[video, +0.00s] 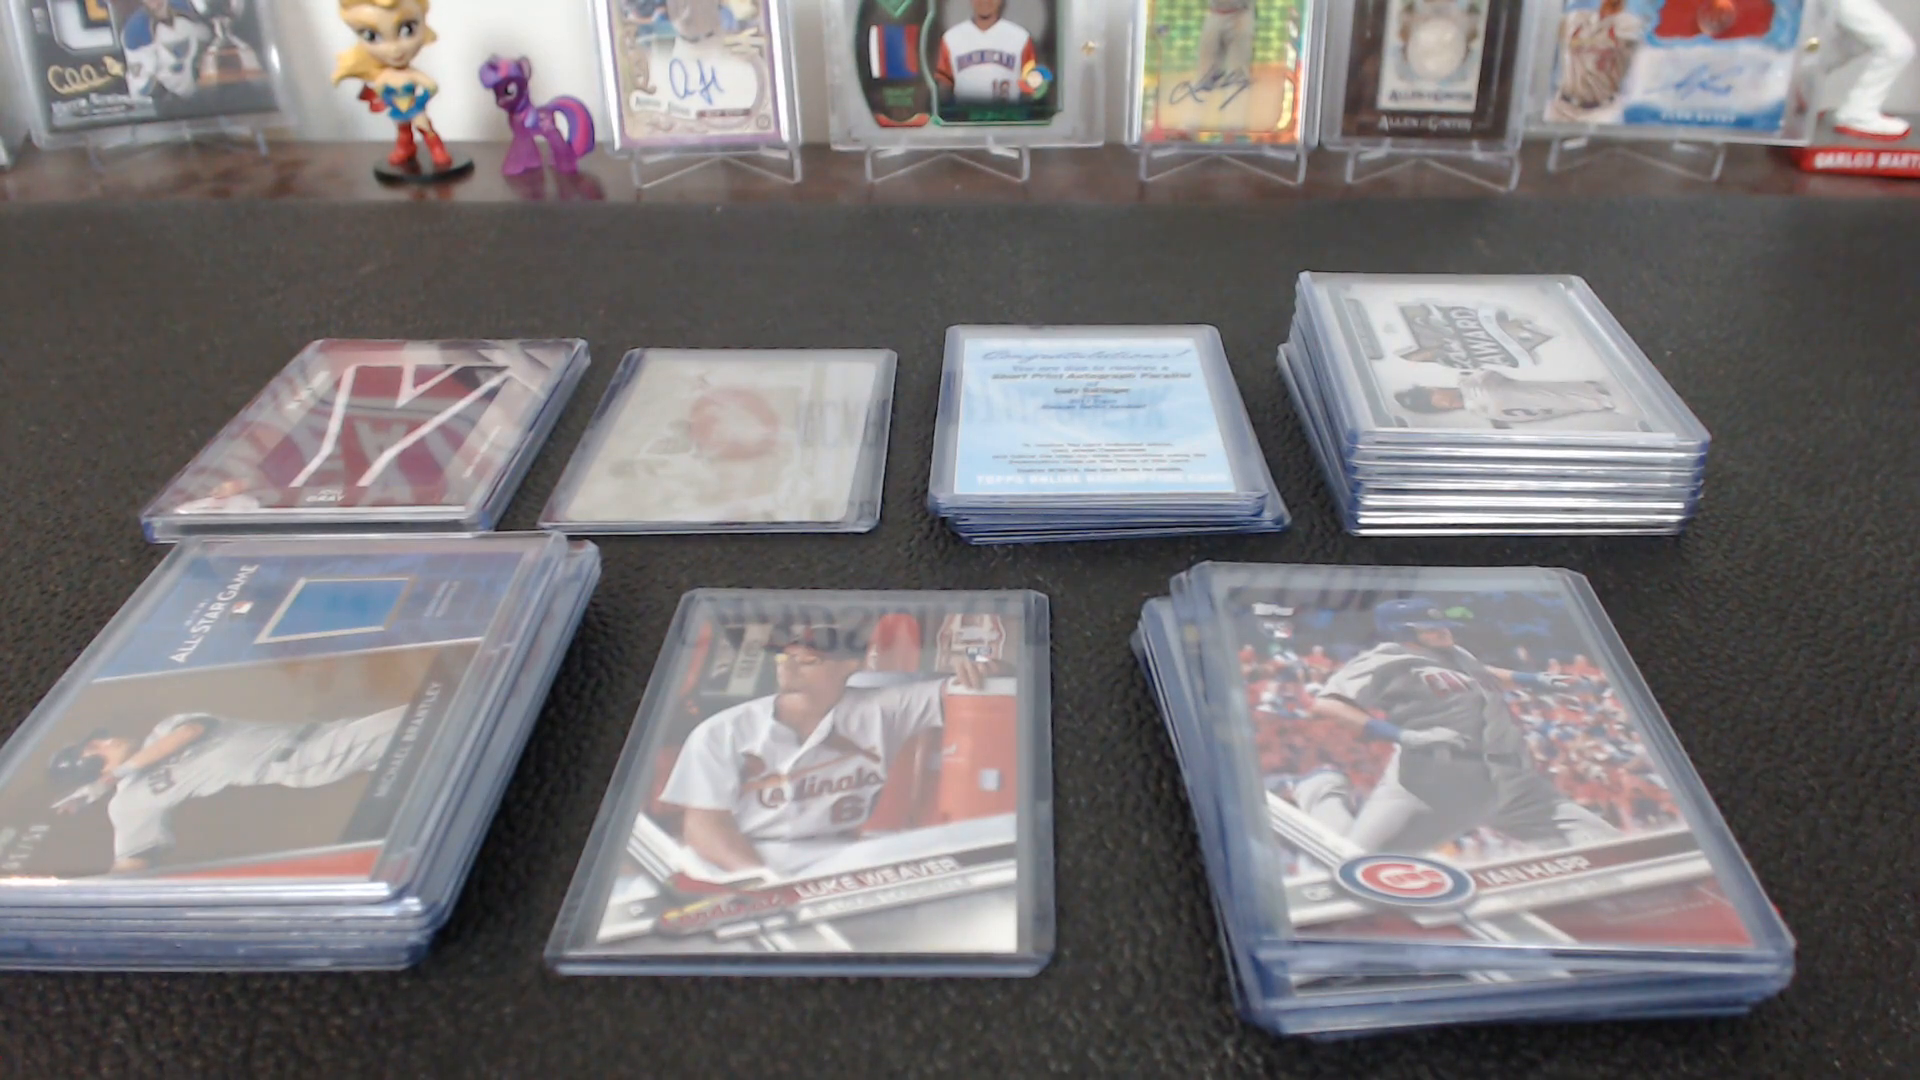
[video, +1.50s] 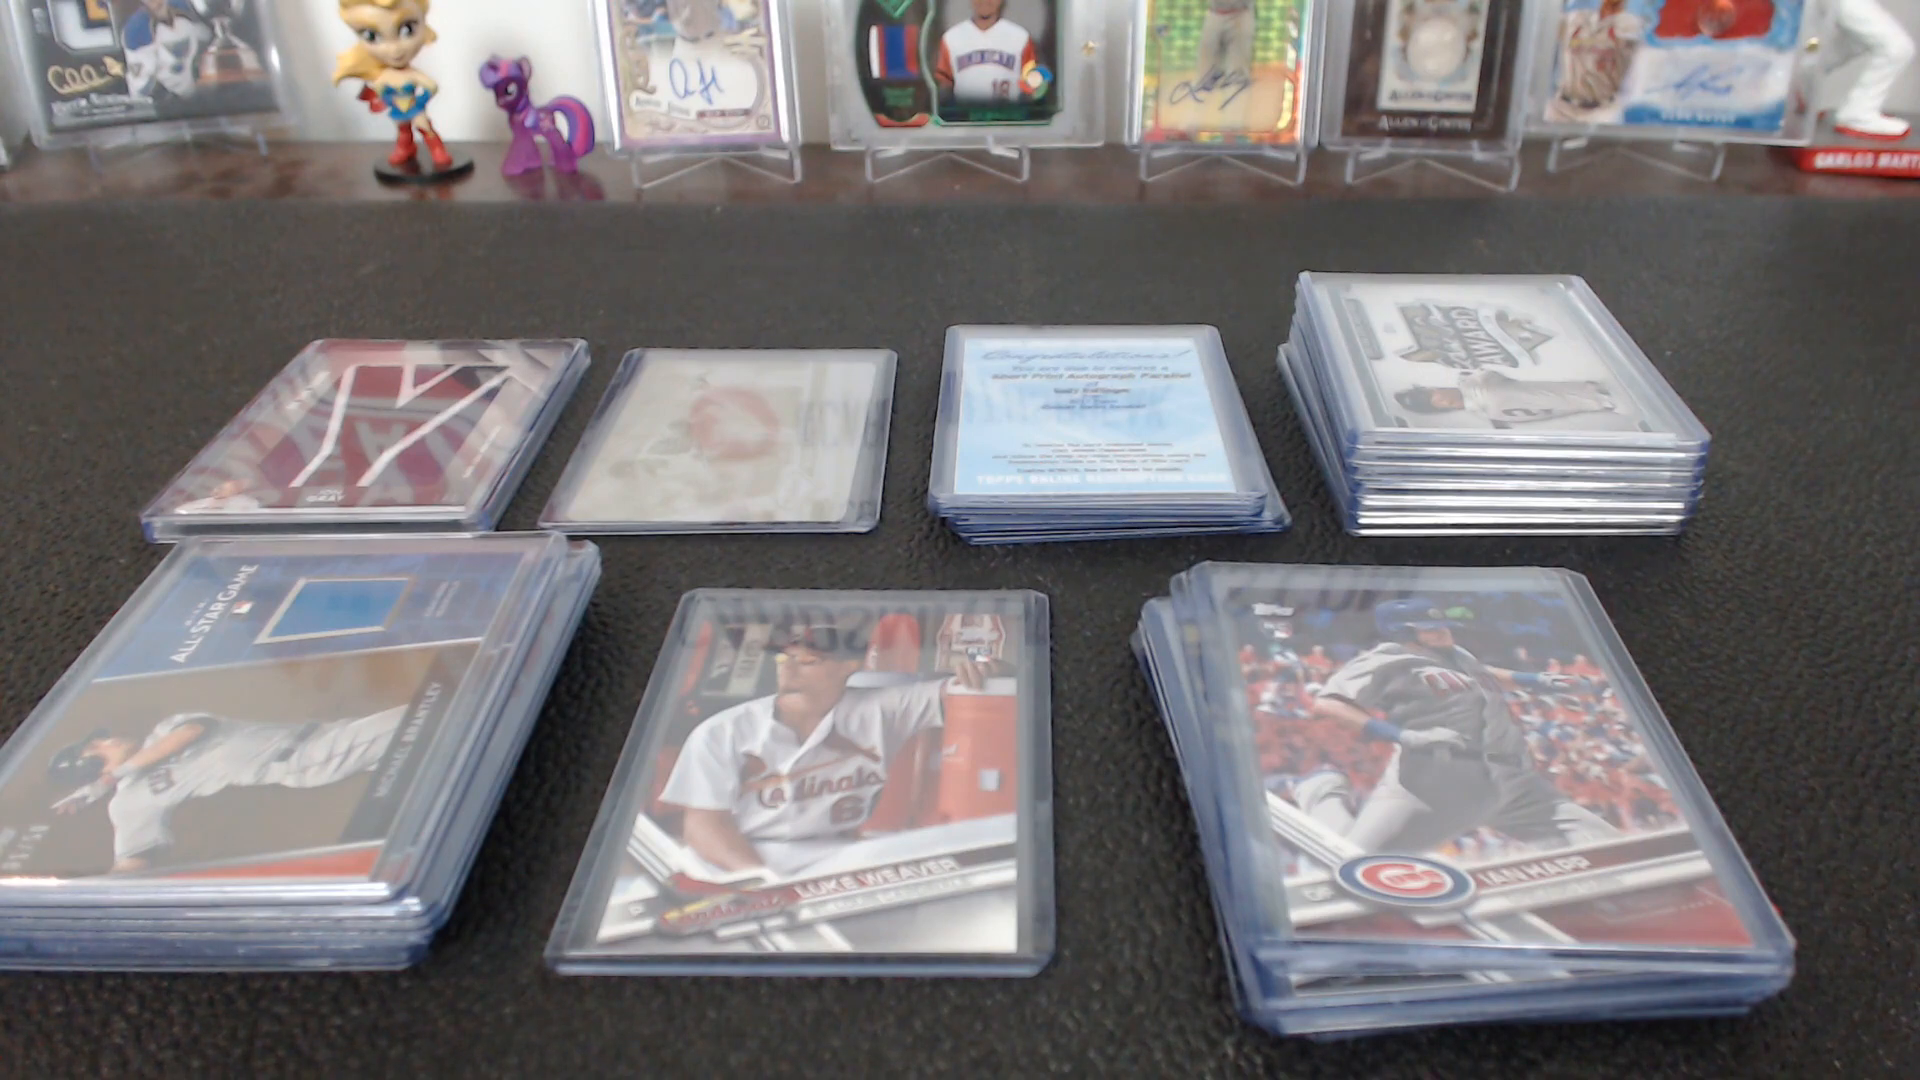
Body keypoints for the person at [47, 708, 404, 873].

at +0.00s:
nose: (109, 740)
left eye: (99, 739)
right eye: (99, 746)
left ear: (106, 744)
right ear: (99, 769)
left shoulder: (160, 729)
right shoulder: (131, 800)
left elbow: (193, 732)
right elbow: (130, 870)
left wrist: (116, 775)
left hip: (310, 732)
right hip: (298, 760)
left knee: (415, 720)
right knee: (413, 717)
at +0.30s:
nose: (109, 740)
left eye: (99, 739)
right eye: (99, 747)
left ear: (107, 742)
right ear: (99, 770)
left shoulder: (161, 728)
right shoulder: (130, 800)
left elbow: (193, 731)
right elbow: (129, 871)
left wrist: (116, 775)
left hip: (310, 732)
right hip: (297, 760)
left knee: (415, 721)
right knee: (412, 718)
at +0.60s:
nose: (112, 740)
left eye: (101, 739)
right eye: (101, 746)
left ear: (108, 742)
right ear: (100, 770)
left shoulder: (161, 728)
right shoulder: (131, 799)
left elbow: (193, 732)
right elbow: (129, 871)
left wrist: (118, 775)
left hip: (311, 733)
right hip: (298, 760)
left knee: (416, 721)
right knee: (414, 717)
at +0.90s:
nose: (111, 740)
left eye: (101, 739)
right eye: (101, 747)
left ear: (109, 741)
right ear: (100, 771)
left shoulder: (161, 729)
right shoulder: (131, 799)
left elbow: (193, 732)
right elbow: (129, 870)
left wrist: (118, 774)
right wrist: (86, 901)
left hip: (311, 733)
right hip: (298, 760)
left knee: (415, 722)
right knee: (414, 718)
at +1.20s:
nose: (112, 740)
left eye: (102, 739)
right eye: (102, 746)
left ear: (108, 743)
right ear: (101, 769)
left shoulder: (161, 729)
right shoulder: (132, 798)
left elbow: (191, 733)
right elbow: (130, 869)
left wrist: (114, 777)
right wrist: (78, 895)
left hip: (313, 732)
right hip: (300, 760)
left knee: (417, 722)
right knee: (414, 718)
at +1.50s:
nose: (113, 740)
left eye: (103, 739)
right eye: (103, 746)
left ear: (109, 741)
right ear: (101, 769)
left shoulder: (161, 729)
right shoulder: (131, 798)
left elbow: (192, 732)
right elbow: (130, 869)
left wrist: (116, 775)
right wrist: (88, 901)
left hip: (311, 732)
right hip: (299, 760)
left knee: (416, 721)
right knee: (414, 717)